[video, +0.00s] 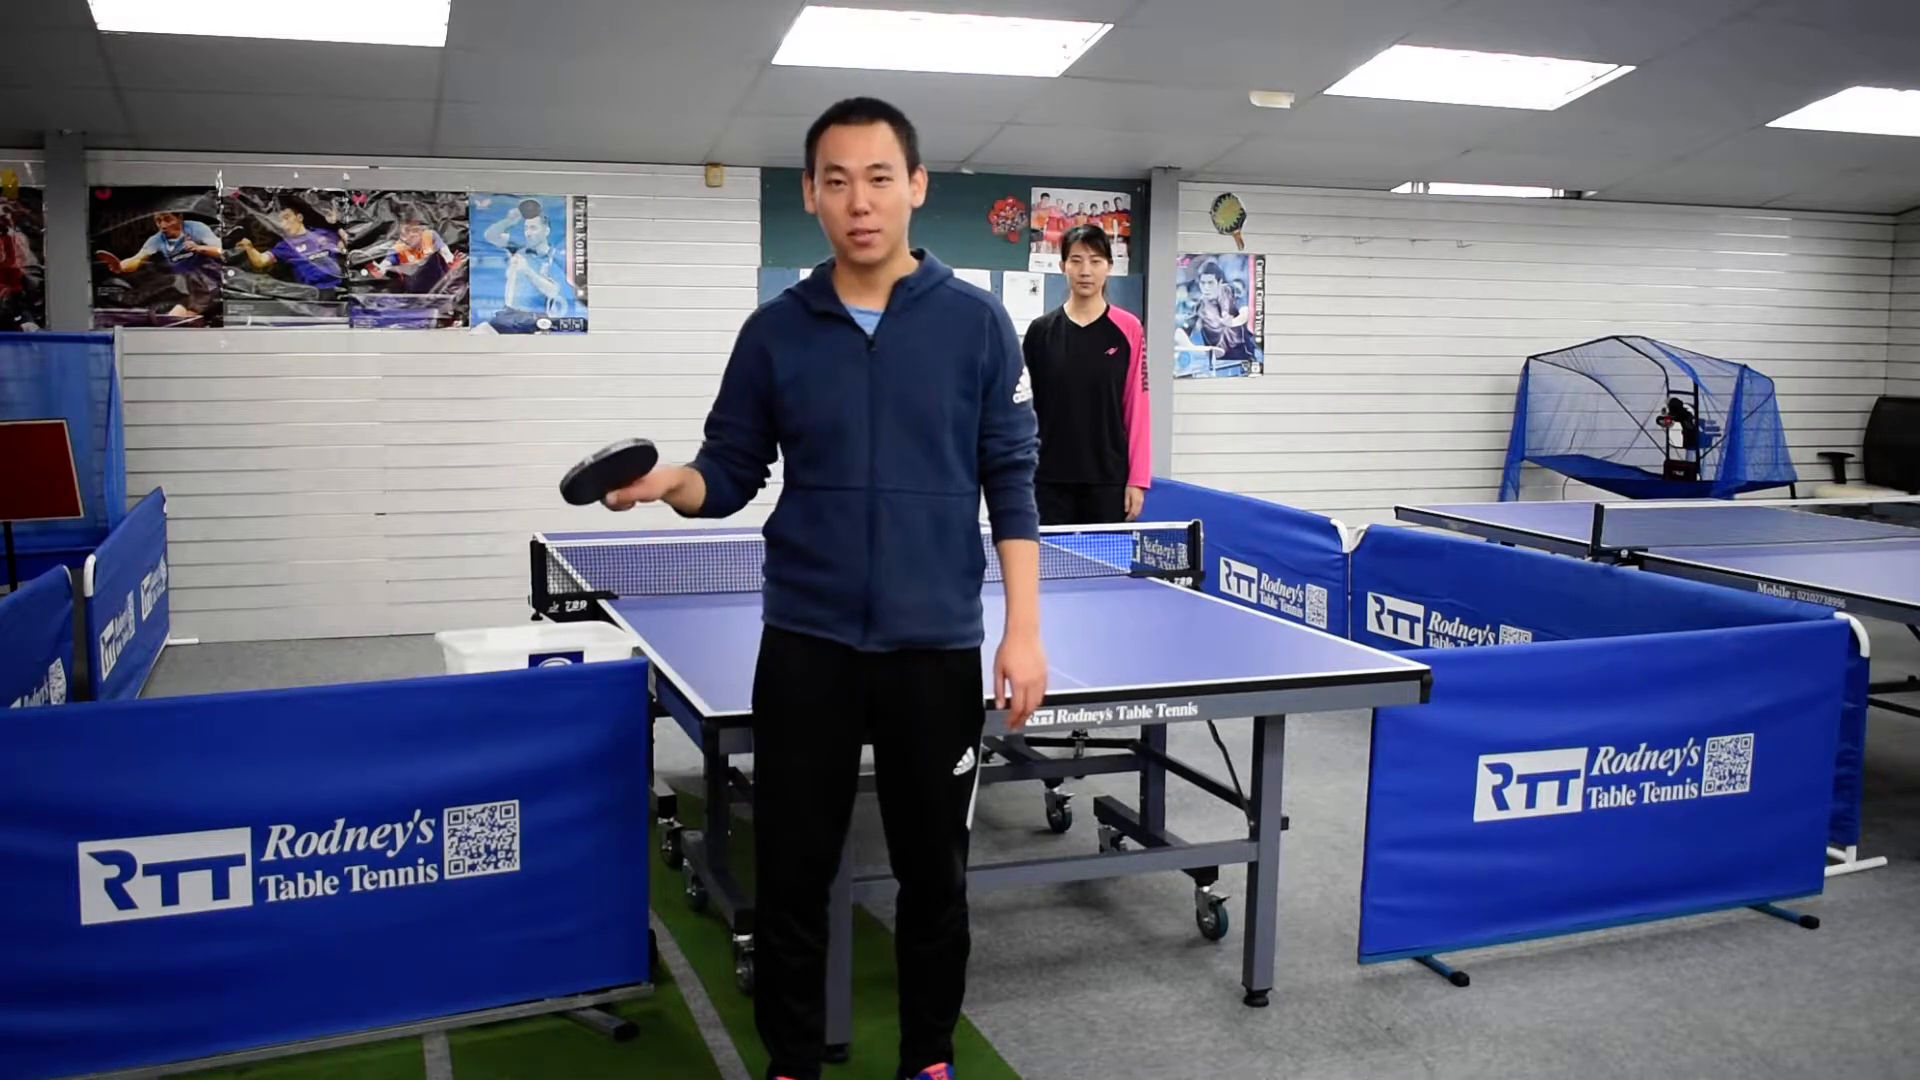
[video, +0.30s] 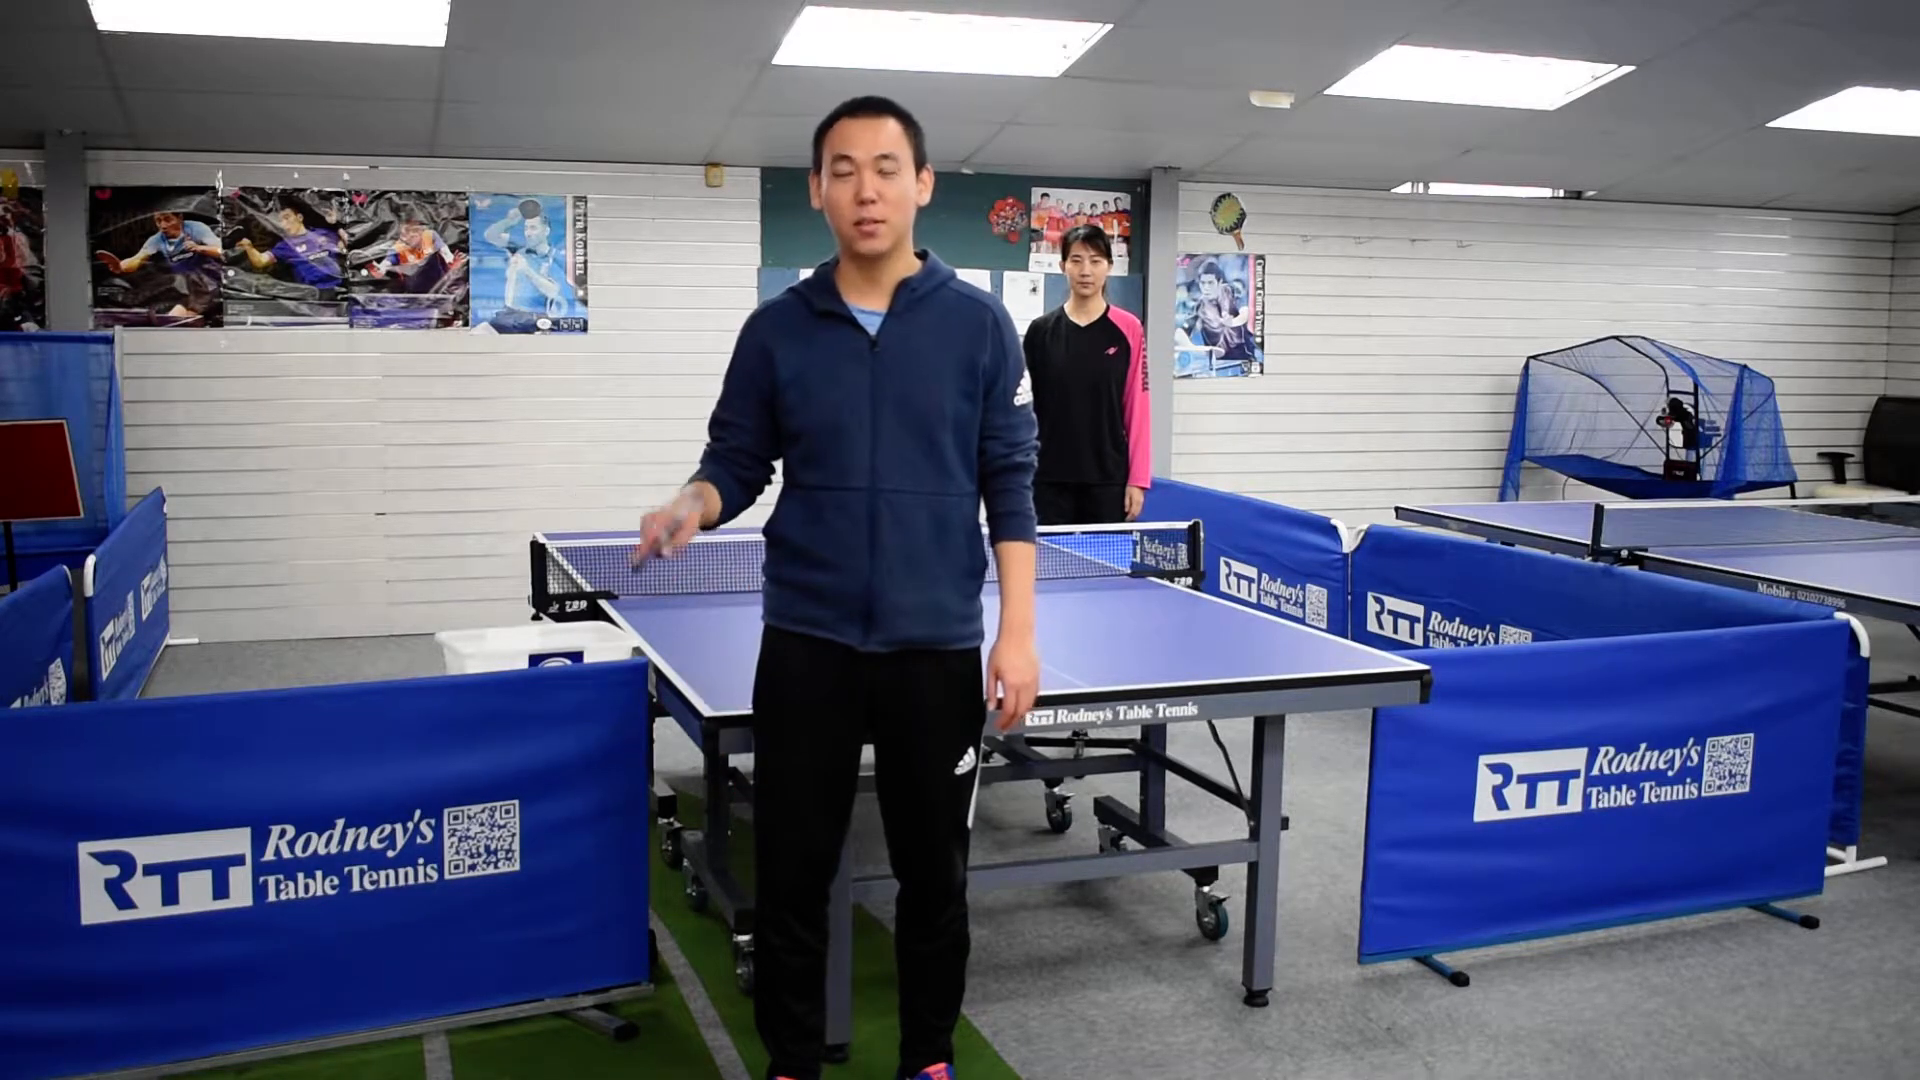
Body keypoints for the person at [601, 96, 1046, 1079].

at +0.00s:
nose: (859, 201)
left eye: (879, 178)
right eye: (838, 181)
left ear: (917, 188)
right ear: (811, 197)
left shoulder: (976, 324)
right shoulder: (776, 329)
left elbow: (1011, 479)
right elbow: (729, 474)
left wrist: (1023, 628)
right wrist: (673, 481)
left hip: (935, 639)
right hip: (806, 636)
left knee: (932, 869)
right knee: (792, 867)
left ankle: (929, 1058)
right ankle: (791, 1062)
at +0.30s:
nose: (864, 190)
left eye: (886, 169)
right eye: (844, 171)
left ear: (923, 187)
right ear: (818, 192)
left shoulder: (980, 325)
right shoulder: (778, 326)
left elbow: (1009, 486)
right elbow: (736, 460)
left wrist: (1017, 633)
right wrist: (692, 505)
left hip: (936, 643)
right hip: (807, 638)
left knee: (931, 873)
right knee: (792, 870)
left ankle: (928, 1059)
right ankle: (792, 1062)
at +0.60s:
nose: (875, 178)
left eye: (898, 161)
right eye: (855, 162)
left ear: (932, 188)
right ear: (831, 191)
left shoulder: (986, 326)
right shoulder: (787, 329)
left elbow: (1017, 481)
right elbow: (744, 486)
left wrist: (1024, 631)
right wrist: (764, 640)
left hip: (939, 645)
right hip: (812, 643)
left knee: (935, 874)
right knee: (795, 879)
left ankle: (929, 1061)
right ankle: (791, 1062)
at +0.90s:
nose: (878, 183)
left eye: (900, 164)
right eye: (857, 166)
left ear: (936, 189)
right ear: (833, 193)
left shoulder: (989, 326)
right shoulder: (787, 327)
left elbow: (1022, 482)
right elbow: (749, 484)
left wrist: (1032, 633)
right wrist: (754, 639)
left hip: (941, 645)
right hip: (811, 643)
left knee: (935, 874)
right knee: (796, 878)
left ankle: (929, 1059)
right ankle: (792, 1063)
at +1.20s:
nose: (880, 189)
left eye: (903, 169)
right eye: (859, 170)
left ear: (937, 190)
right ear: (834, 193)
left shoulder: (989, 328)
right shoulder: (786, 329)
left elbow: (1019, 486)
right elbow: (750, 491)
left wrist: (1025, 634)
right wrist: (746, 647)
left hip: (938, 646)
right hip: (808, 643)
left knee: (935, 873)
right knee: (795, 876)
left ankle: (930, 1059)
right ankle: (791, 1061)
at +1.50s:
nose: (875, 189)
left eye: (897, 168)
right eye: (853, 170)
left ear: (932, 189)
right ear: (829, 193)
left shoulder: (986, 327)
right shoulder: (783, 329)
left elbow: (1017, 485)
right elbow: (748, 490)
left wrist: (1025, 634)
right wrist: (742, 645)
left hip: (936, 646)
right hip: (807, 643)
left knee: (933, 874)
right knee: (793, 878)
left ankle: (929, 1060)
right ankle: (791, 1062)